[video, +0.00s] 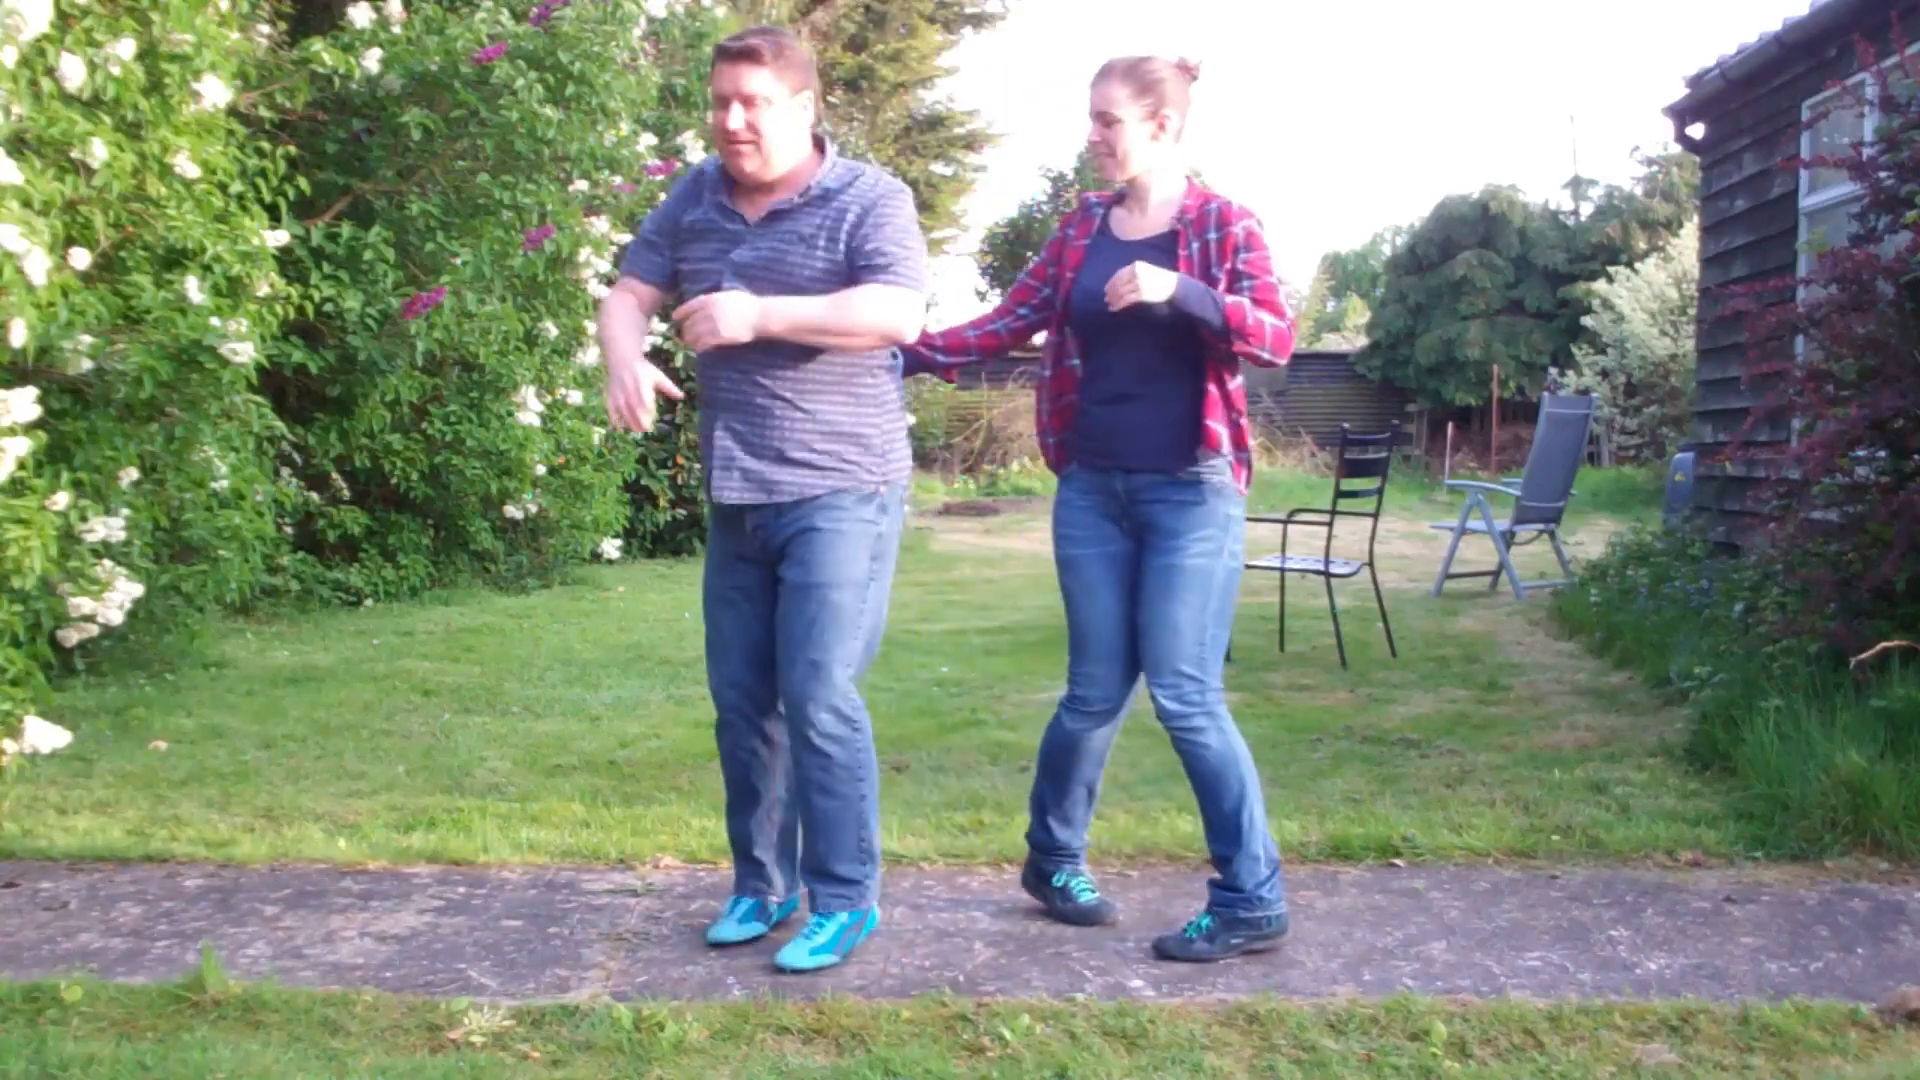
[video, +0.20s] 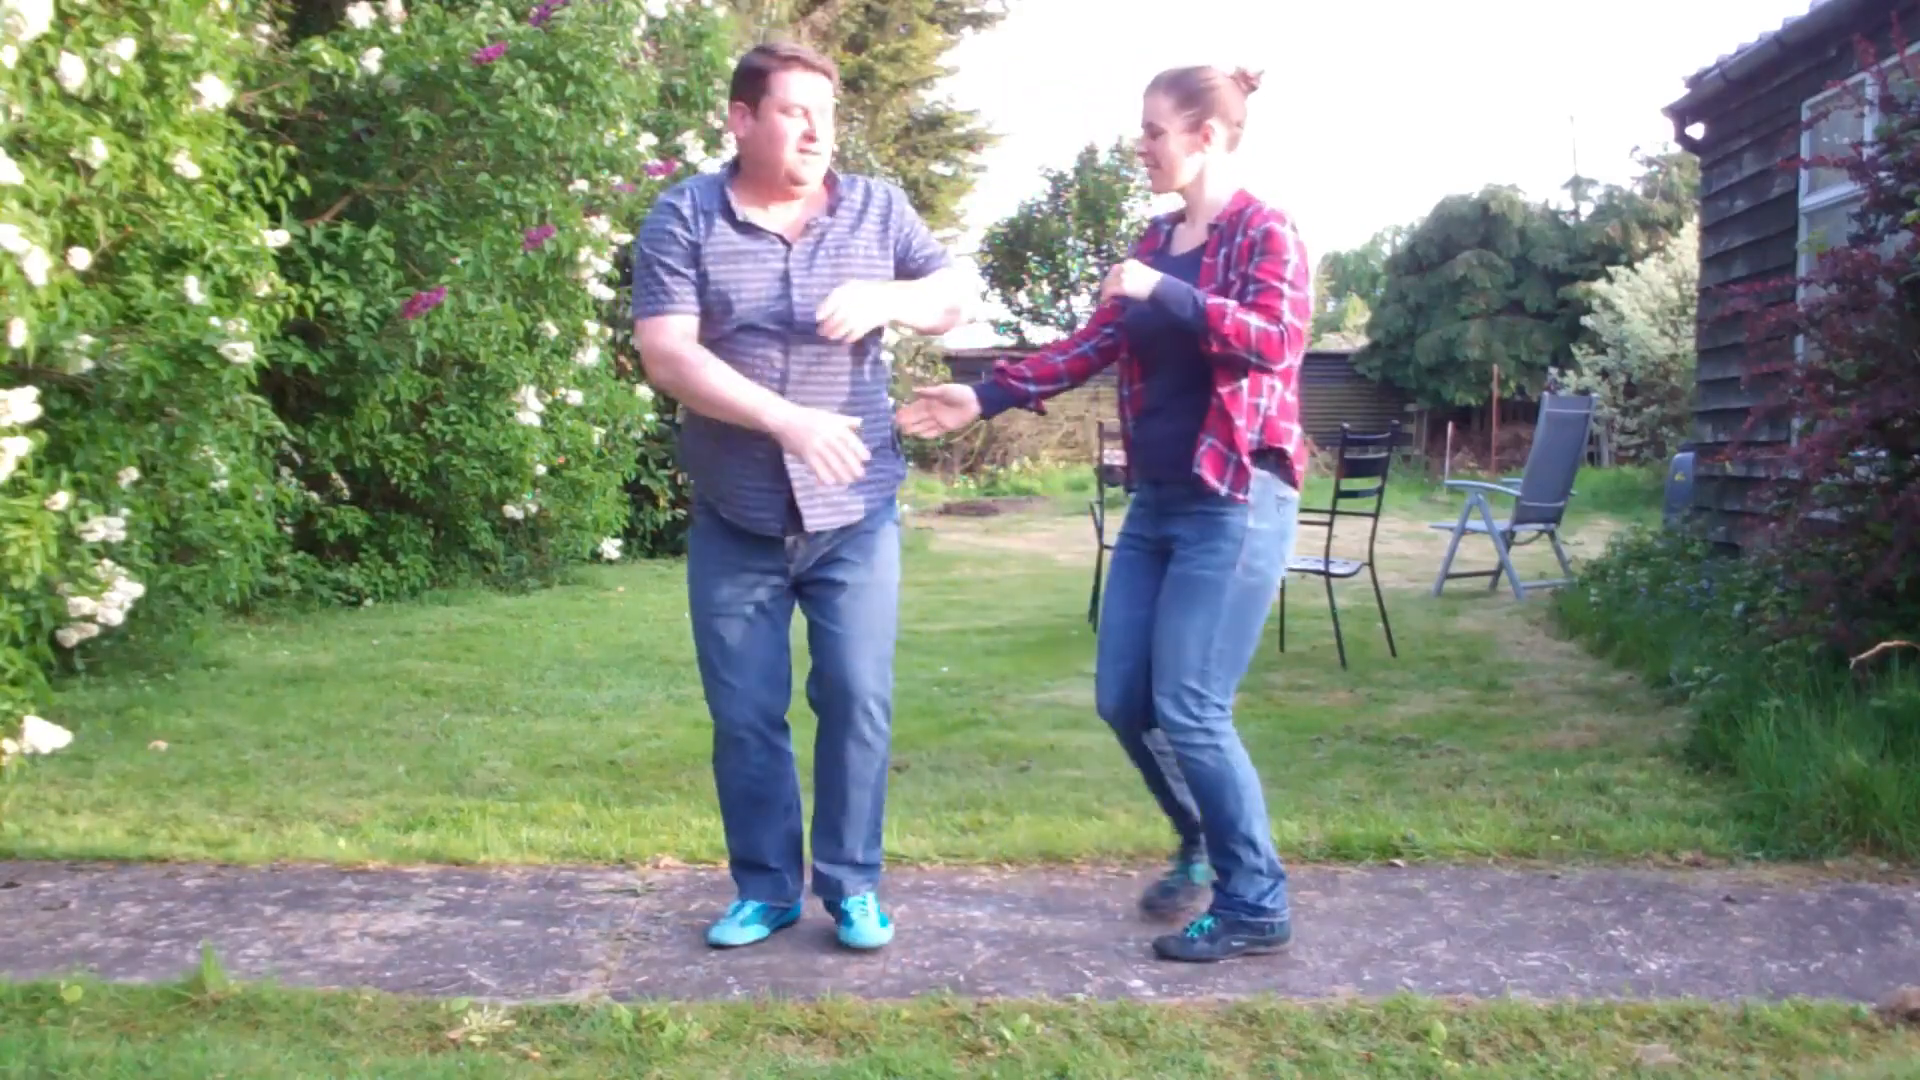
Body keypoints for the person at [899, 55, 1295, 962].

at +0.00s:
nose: (1092, 140)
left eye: (1108, 123)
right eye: (1090, 124)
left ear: (1165, 126)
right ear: (1099, 130)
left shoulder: (1223, 224)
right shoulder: (1082, 228)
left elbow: (1276, 337)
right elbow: (1010, 323)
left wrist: (1173, 287)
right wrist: (904, 348)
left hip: (1194, 490)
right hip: (1089, 488)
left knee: (1184, 691)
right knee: (1094, 693)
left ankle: (1253, 898)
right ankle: (1052, 861)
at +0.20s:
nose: (1143, 149)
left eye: (1157, 134)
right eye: (1143, 134)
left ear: (1212, 136)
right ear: (1176, 138)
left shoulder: (1265, 234)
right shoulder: (1154, 248)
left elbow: (1275, 341)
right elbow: (1084, 351)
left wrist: (1164, 291)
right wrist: (981, 394)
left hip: (1240, 499)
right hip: (1155, 501)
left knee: (1188, 704)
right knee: (1125, 699)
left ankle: (1256, 906)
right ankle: (1204, 846)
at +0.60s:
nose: (1226, 134)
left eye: (1240, 120)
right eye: (1228, 120)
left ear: (1291, 128)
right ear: (1278, 129)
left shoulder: (1332, 219)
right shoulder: (1265, 235)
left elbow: (1274, 334)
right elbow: (1212, 347)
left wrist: (1157, 301)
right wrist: (1122, 385)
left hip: (1322, 482)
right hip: (1306, 481)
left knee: (1252, 690)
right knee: (1330, 694)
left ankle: (1255, 903)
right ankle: (1431, 860)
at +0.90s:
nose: (1245, 131)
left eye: (1258, 117)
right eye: (1247, 117)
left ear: (1310, 125)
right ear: (1300, 125)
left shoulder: (1343, 217)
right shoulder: (1295, 231)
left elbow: (1308, 347)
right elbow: (1243, 346)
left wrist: (1185, 330)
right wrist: (1136, 362)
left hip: (1340, 481)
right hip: (1330, 481)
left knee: (1272, 684)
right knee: (1350, 692)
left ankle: (1338, 882)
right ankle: (1434, 860)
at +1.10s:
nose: (1233, 135)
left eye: (1245, 119)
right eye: (1235, 120)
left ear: (1293, 123)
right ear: (1278, 125)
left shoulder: (1345, 224)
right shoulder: (1267, 231)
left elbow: (1316, 353)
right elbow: (1192, 307)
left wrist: (1197, 349)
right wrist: (1112, 258)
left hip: (1323, 484)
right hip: (1268, 486)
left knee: (1287, 693)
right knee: (1233, 682)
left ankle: (1342, 890)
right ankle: (1373, 813)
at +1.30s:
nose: (1214, 135)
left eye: (1222, 118)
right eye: (1217, 120)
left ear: (1261, 120)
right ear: (1260, 122)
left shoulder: (1339, 225)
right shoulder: (1231, 213)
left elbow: (1310, 355)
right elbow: (1130, 215)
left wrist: (1175, 338)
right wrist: (1097, 133)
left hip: (1308, 482)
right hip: (1228, 484)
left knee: (1292, 692)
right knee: (1185, 681)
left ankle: (1345, 886)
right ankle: (1239, 868)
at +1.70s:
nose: (1171, 148)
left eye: (1177, 133)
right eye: (1172, 135)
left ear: (1213, 129)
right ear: (1228, 131)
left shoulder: (1261, 231)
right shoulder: (1204, 217)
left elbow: (1188, 353)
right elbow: (1117, 197)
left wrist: (1096, 291)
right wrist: (1083, 122)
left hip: (1223, 477)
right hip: (1218, 475)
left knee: (1116, 668)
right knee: (1181, 687)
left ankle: (1234, 850)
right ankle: (1225, 879)